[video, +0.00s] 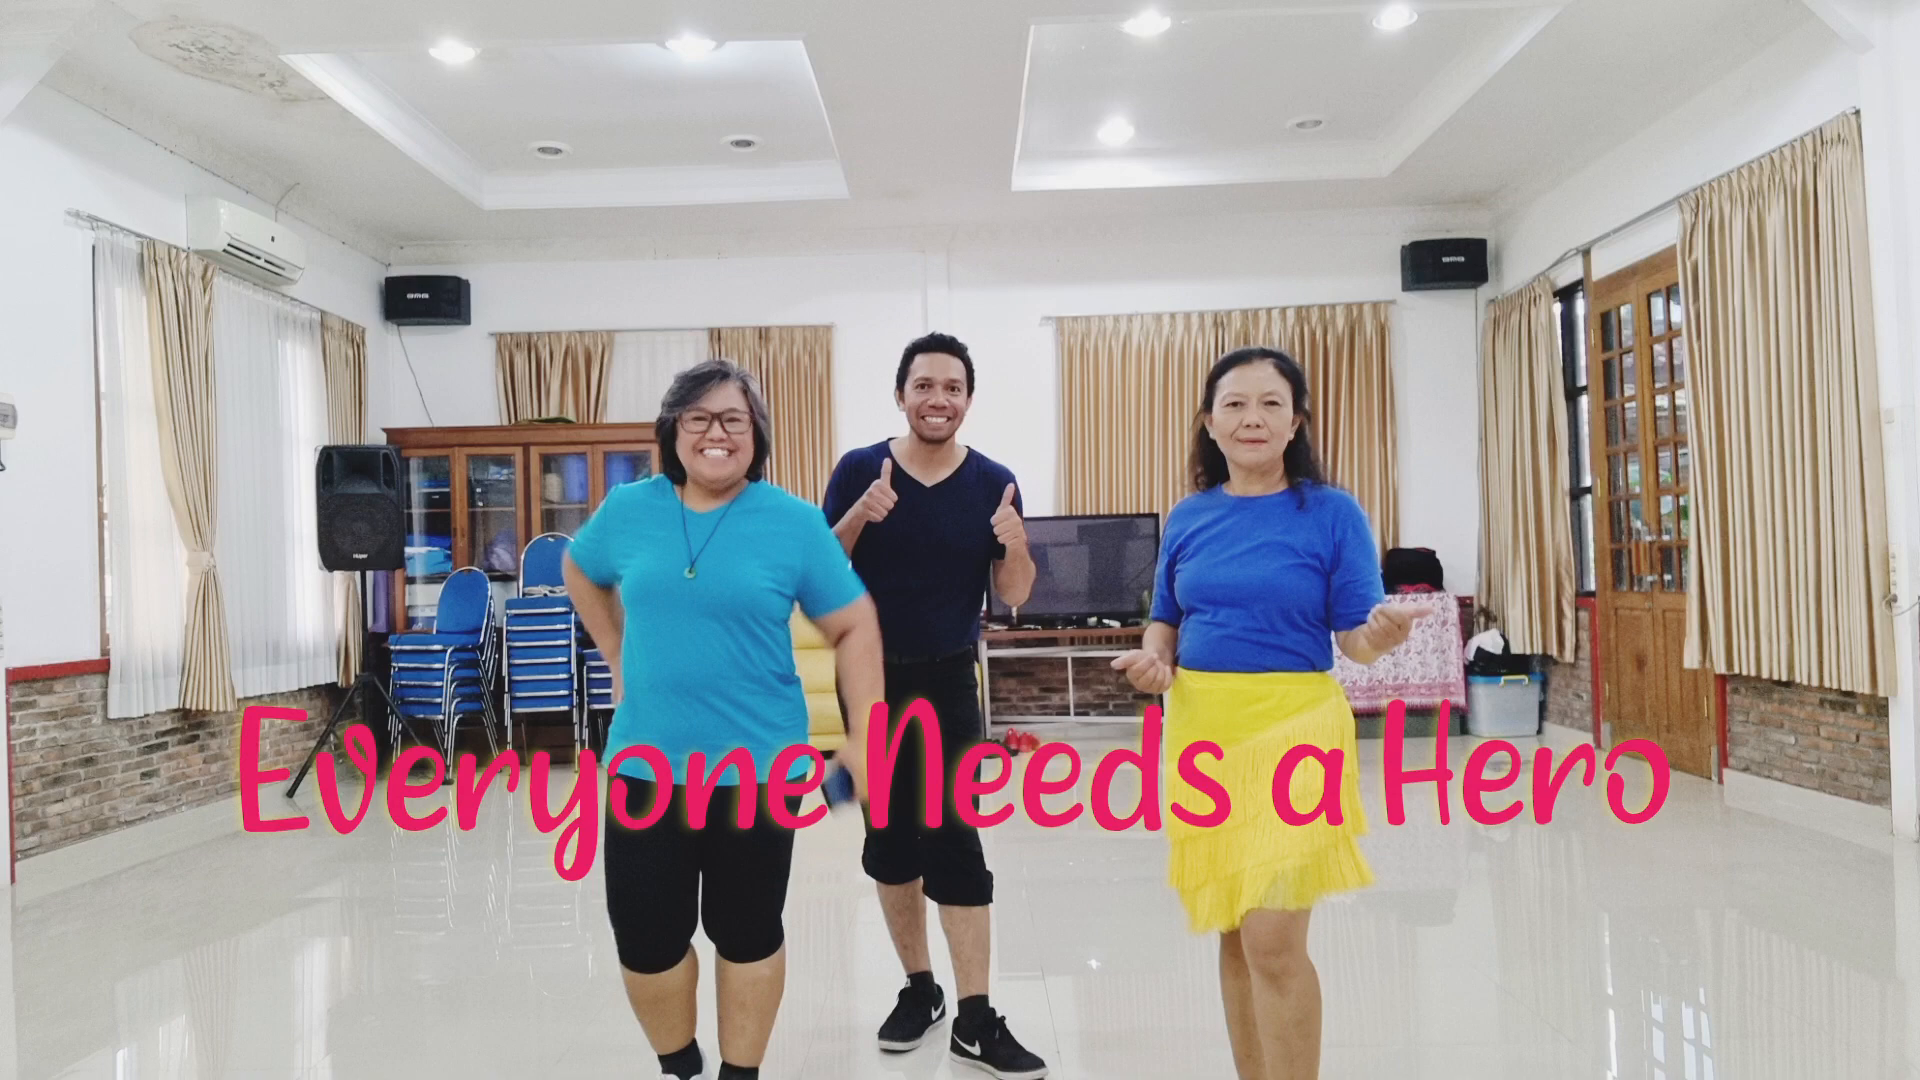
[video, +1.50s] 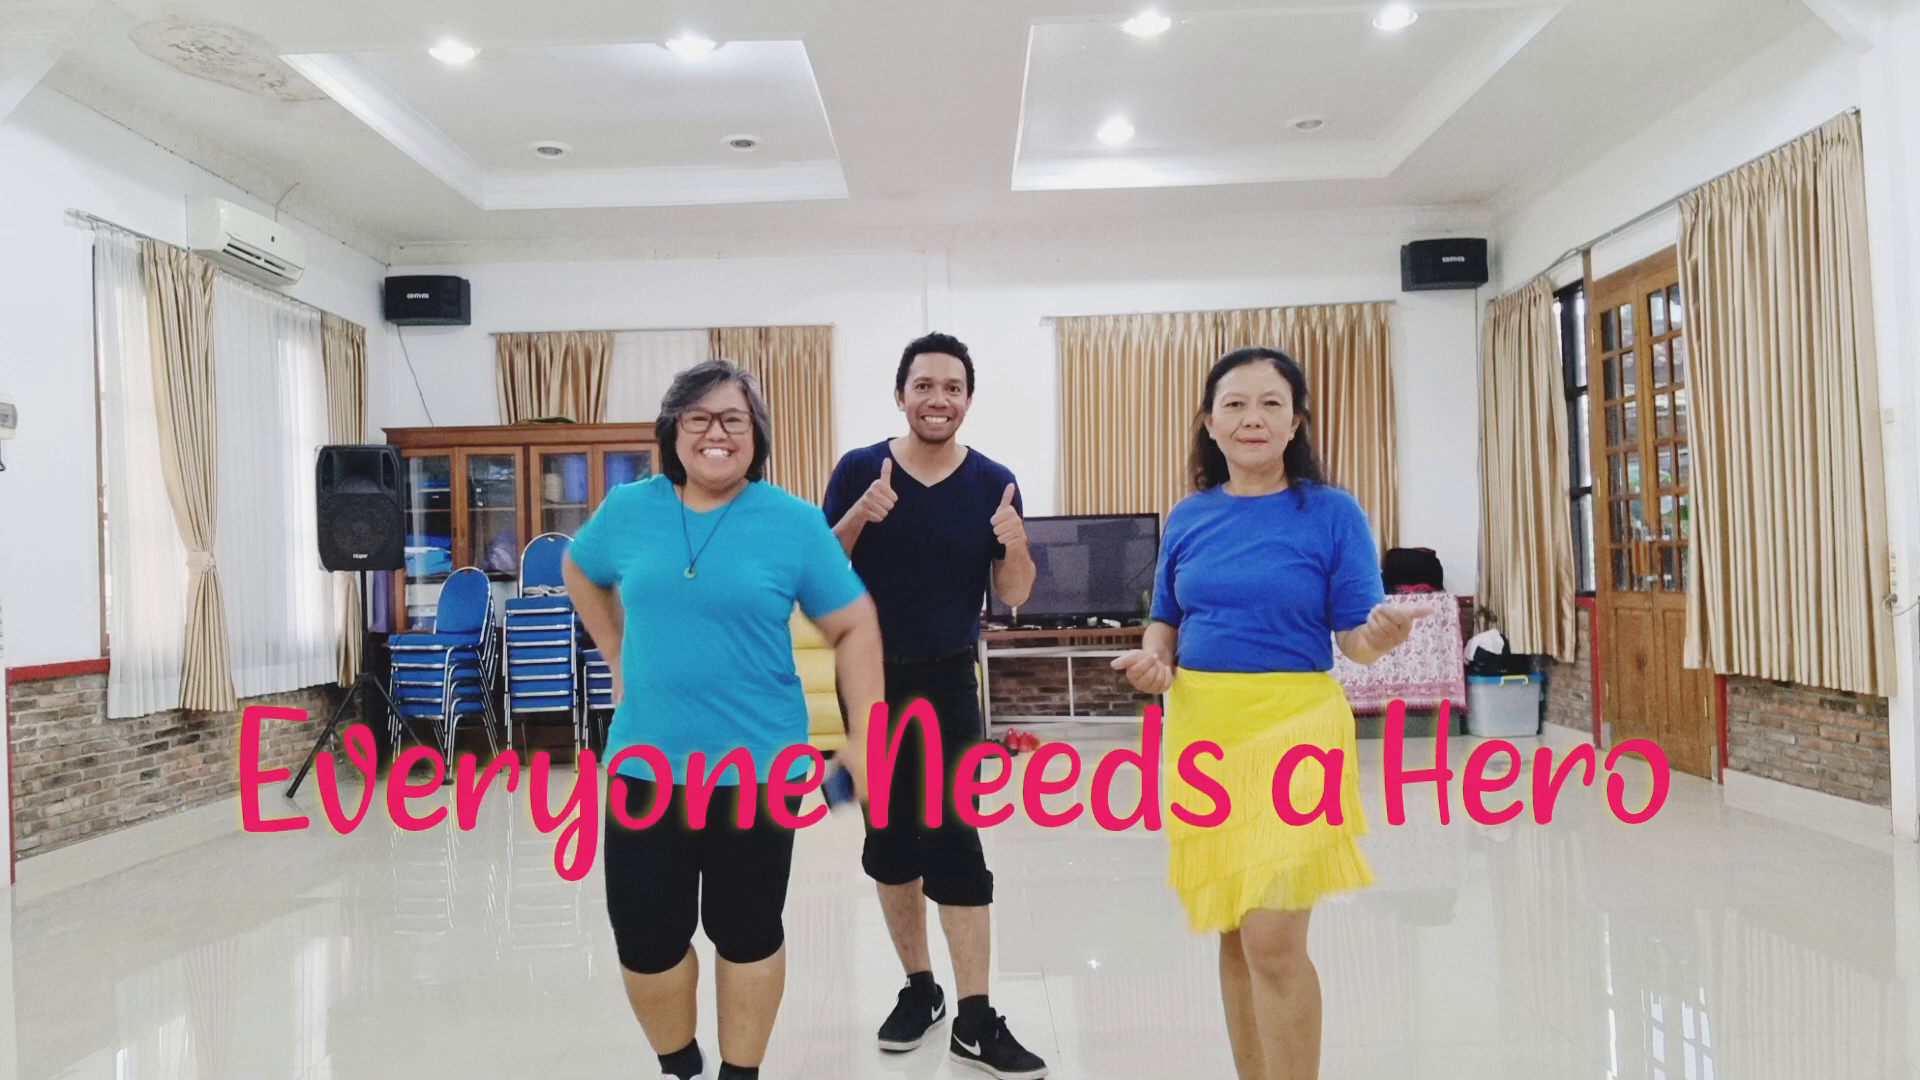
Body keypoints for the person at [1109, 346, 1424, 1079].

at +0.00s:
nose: (1252, 418)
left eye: (1270, 404)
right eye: (1234, 404)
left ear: (1295, 421)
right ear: (1210, 421)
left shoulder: (1333, 512)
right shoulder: (1186, 517)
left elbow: (1356, 643)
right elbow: (1163, 628)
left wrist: (1380, 635)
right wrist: (1151, 660)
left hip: (1297, 723)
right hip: (1204, 724)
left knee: (1272, 941)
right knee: (1237, 941)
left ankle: (1296, 1077)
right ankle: (1254, 1078)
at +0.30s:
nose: (1252, 418)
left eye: (1270, 404)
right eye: (1234, 404)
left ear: (1295, 421)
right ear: (1210, 421)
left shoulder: (1333, 512)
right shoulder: (1186, 517)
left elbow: (1356, 643)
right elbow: (1163, 628)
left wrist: (1380, 635)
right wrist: (1151, 660)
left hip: (1297, 723)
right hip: (1204, 724)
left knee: (1272, 941)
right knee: (1237, 941)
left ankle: (1296, 1077)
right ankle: (1254, 1078)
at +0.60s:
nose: (1252, 418)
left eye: (1270, 404)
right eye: (1234, 404)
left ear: (1295, 421)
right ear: (1210, 421)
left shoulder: (1333, 512)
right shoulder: (1186, 517)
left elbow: (1356, 643)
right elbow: (1163, 628)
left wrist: (1380, 635)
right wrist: (1151, 660)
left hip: (1297, 723)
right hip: (1204, 724)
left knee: (1272, 941)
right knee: (1237, 941)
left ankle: (1296, 1077)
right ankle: (1254, 1078)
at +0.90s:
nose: (1252, 418)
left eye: (1270, 404)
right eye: (1234, 404)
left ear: (1295, 421)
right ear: (1210, 421)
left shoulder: (1333, 512)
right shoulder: (1186, 517)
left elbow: (1356, 643)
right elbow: (1163, 628)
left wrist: (1380, 635)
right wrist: (1151, 660)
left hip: (1297, 723)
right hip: (1204, 724)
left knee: (1272, 941)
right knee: (1237, 941)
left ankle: (1296, 1077)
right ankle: (1254, 1078)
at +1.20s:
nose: (1252, 418)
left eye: (1270, 404)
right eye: (1234, 404)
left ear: (1295, 421)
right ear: (1210, 421)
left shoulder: (1333, 512)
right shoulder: (1186, 517)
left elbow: (1356, 643)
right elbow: (1163, 628)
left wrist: (1380, 635)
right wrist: (1151, 660)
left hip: (1297, 723)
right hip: (1204, 724)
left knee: (1272, 941)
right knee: (1237, 941)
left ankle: (1296, 1077)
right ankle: (1254, 1078)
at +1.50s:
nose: (1252, 418)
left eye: (1270, 404)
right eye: (1234, 404)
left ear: (1295, 421)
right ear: (1210, 421)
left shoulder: (1333, 512)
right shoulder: (1186, 517)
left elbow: (1356, 643)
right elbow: (1163, 628)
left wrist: (1380, 635)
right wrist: (1151, 660)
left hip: (1297, 723)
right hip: (1204, 724)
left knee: (1272, 941)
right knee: (1237, 941)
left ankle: (1296, 1077)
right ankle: (1254, 1078)